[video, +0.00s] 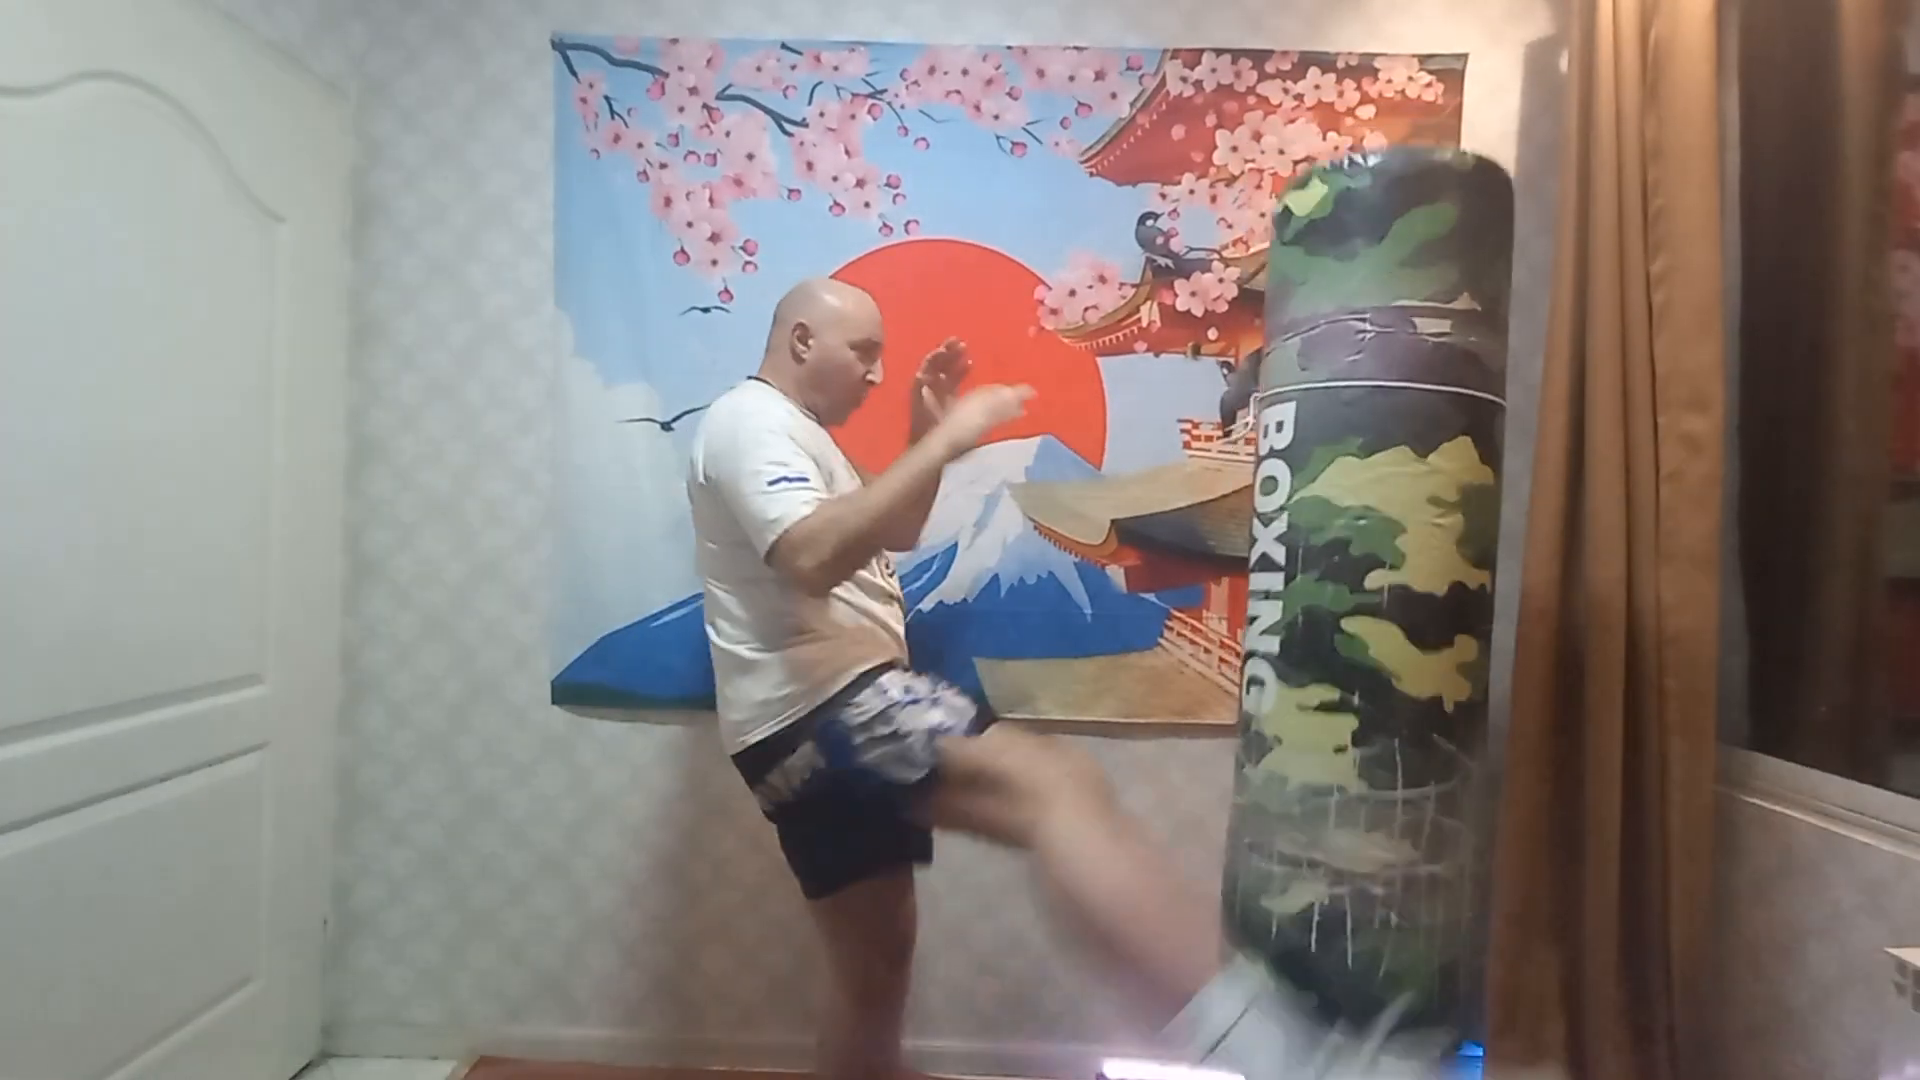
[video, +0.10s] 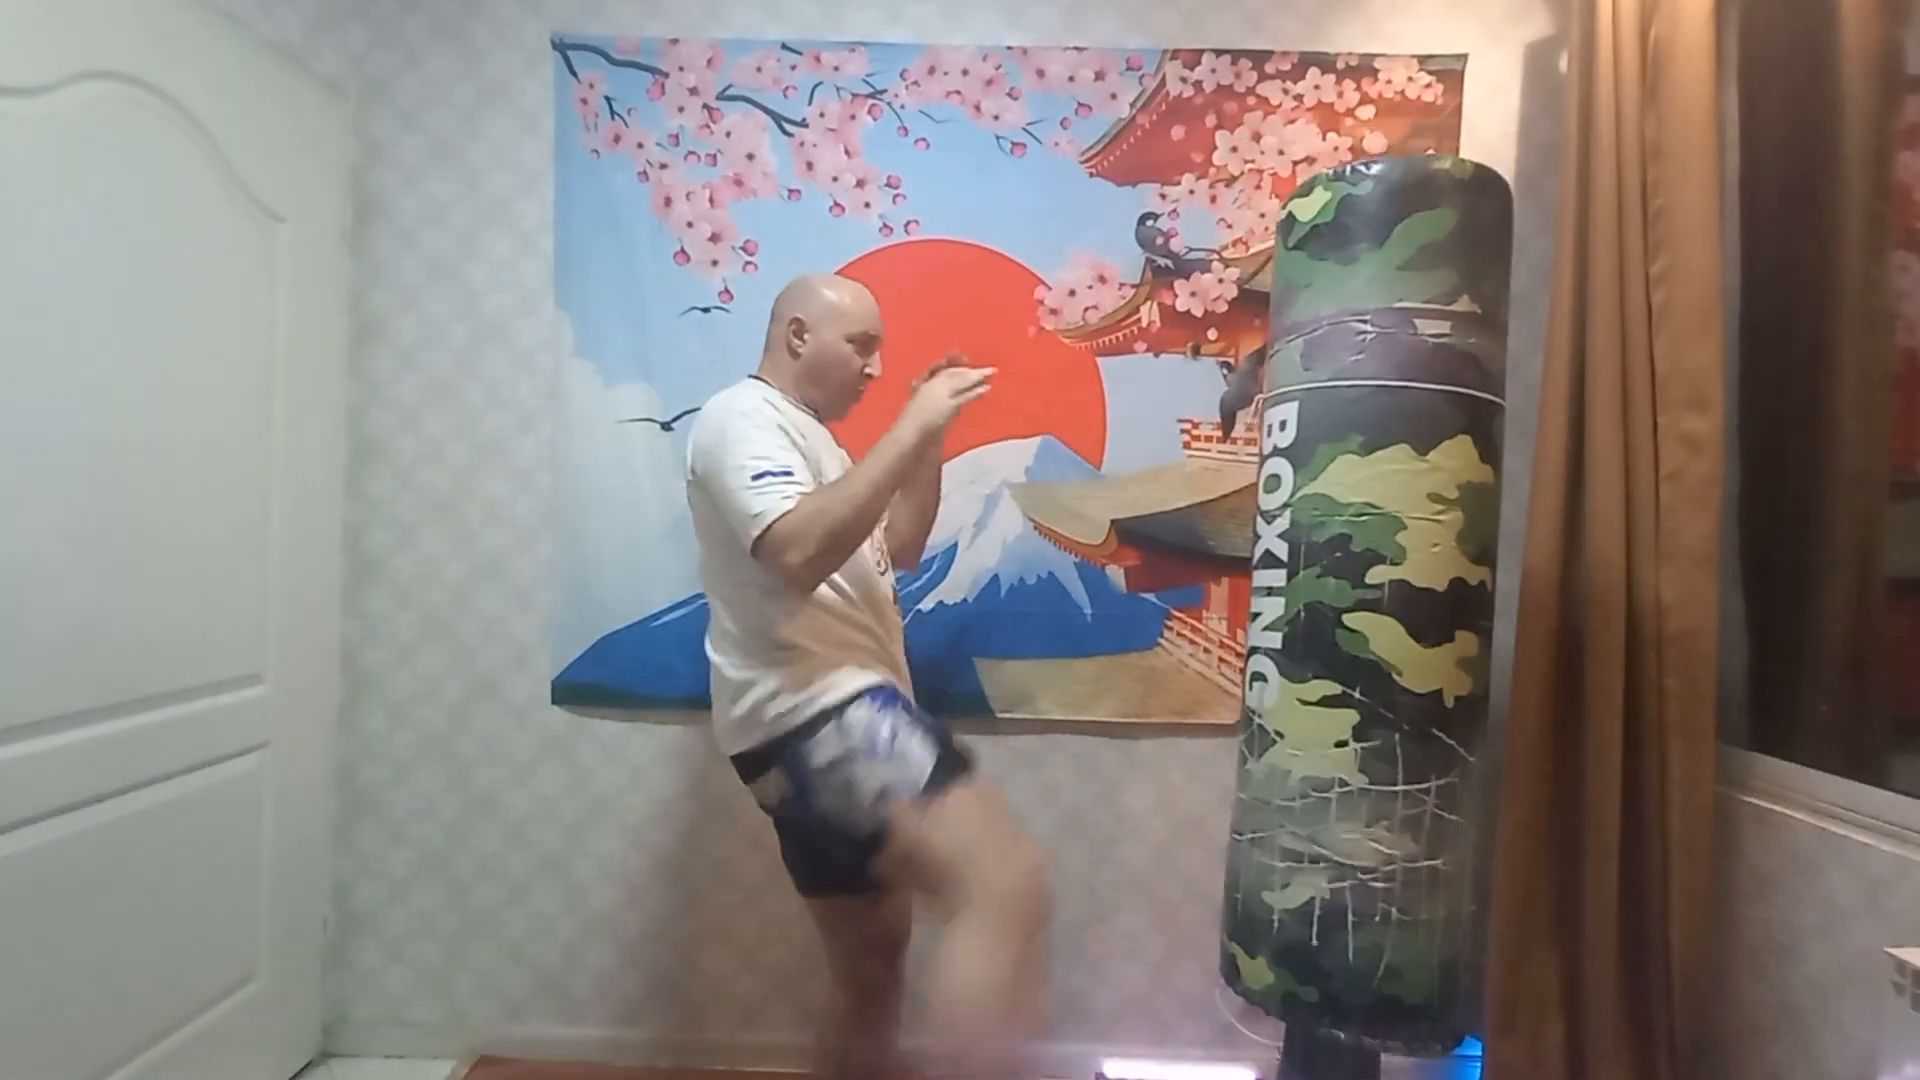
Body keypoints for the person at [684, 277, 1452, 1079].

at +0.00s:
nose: (875, 372)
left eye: (876, 355)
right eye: (863, 352)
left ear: (807, 349)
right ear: (798, 343)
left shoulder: (806, 437)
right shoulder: (746, 422)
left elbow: (878, 541)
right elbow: (806, 550)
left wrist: (925, 439)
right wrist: (942, 443)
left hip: (832, 709)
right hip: (824, 709)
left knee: (871, 971)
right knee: (1056, 785)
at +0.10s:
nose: (871, 365)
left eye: (875, 350)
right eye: (860, 345)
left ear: (801, 342)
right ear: (797, 336)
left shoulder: (817, 441)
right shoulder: (739, 417)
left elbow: (895, 549)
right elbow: (793, 549)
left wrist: (926, 445)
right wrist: (914, 426)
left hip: (847, 703)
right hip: (813, 709)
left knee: (868, 967)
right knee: (1004, 881)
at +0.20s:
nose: (868, 360)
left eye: (871, 343)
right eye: (853, 338)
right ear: (786, 333)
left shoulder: (827, 449)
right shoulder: (727, 421)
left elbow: (892, 565)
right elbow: (777, 561)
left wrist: (922, 460)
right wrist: (884, 428)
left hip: (867, 731)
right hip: (795, 738)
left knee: (887, 996)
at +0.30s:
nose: (853, 352)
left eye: (857, 335)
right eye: (836, 330)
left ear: (787, 333)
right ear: (770, 327)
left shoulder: (834, 442)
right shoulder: (699, 421)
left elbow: (901, 563)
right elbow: (741, 559)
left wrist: (916, 458)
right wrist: (844, 421)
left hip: (864, 766)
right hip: (745, 783)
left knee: (865, 985)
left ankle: (861, 1063)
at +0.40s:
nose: (829, 344)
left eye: (833, 326)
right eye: (810, 322)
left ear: (832, 334)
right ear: (740, 320)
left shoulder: (828, 440)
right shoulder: (654, 419)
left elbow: (910, 556)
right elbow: (658, 569)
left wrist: (898, 443)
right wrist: (796, 441)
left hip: (837, 770)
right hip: (684, 788)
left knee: (889, 968)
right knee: (599, 1028)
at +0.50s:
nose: (804, 339)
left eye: (810, 322)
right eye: (784, 317)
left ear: (814, 335)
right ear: (713, 317)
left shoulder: (826, 439)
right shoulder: (613, 419)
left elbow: (928, 543)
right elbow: (557, 577)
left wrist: (893, 418)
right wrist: (727, 484)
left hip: (803, 790)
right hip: (640, 799)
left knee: (875, 1001)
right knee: (587, 1034)